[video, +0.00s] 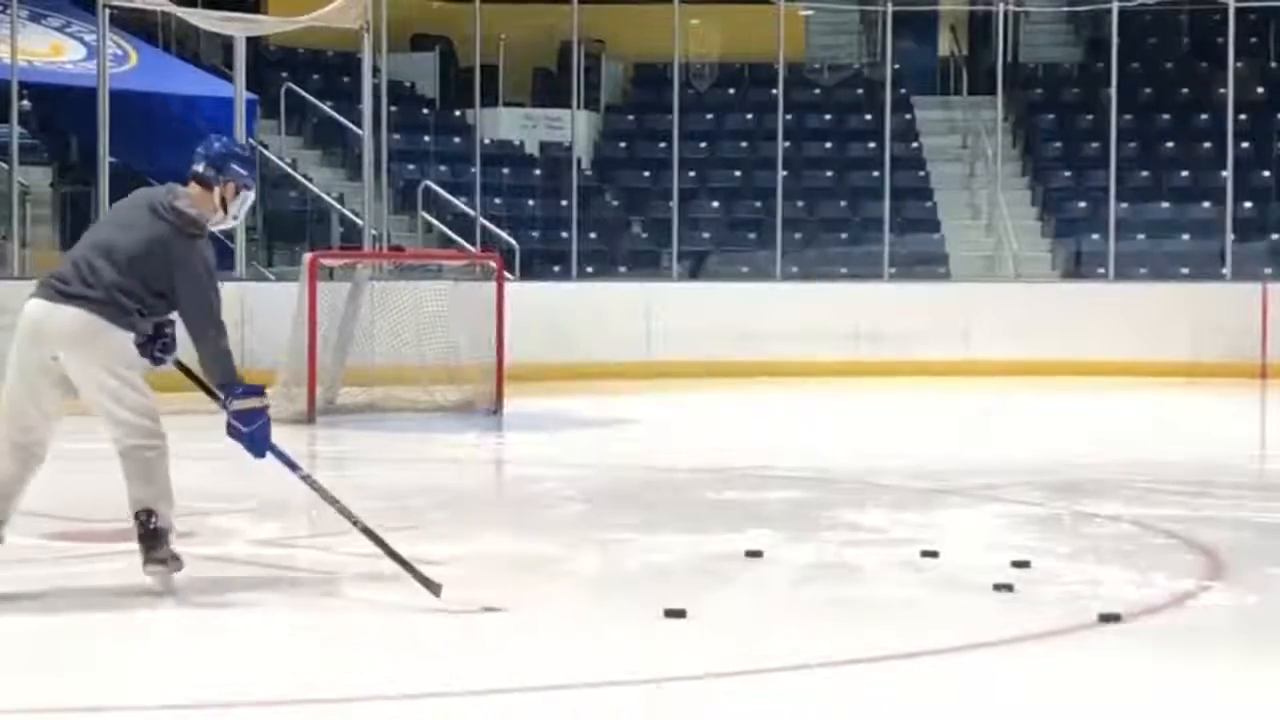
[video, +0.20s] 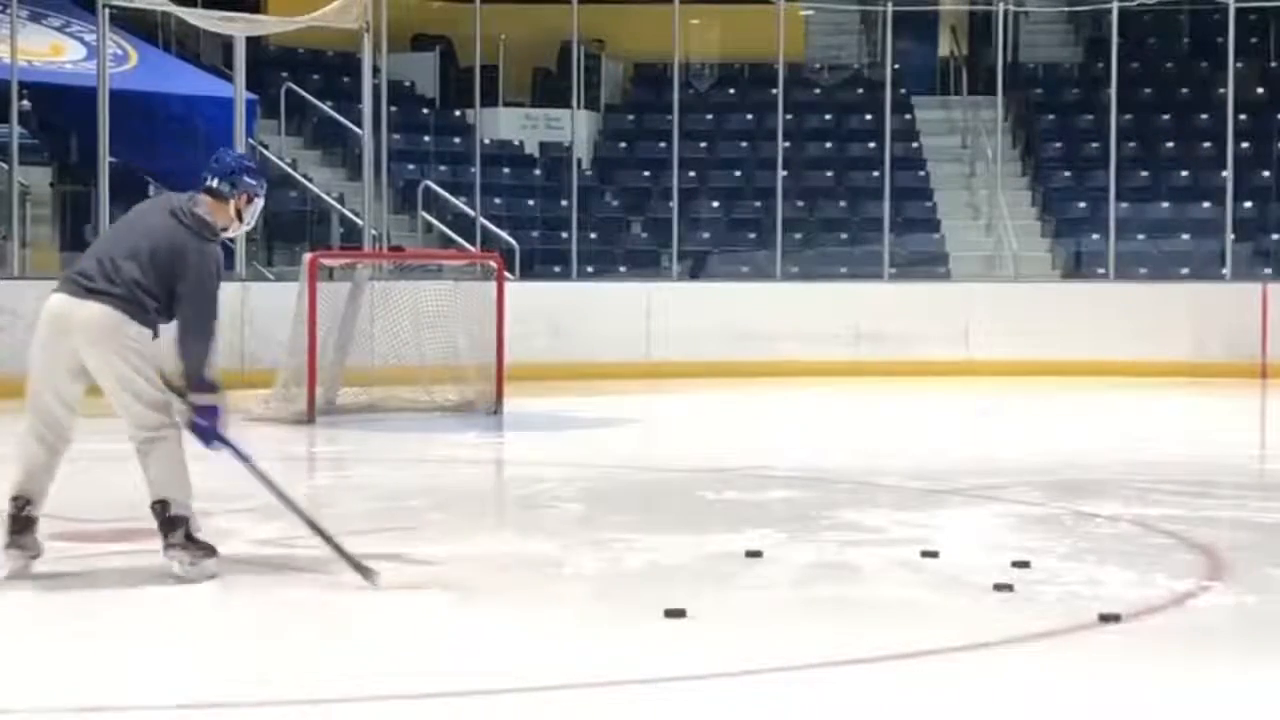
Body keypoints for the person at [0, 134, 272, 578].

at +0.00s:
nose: (239, 208)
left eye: (243, 197)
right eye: (239, 194)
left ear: (195, 177)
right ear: (221, 186)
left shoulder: (142, 199)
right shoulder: (190, 243)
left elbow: (116, 261)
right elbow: (208, 331)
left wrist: (150, 322)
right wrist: (236, 396)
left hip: (39, 312)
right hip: (94, 326)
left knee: (19, 442)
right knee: (138, 433)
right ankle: (154, 538)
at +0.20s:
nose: (250, 216)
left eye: (253, 205)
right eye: (251, 204)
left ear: (209, 186)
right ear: (239, 200)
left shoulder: (162, 204)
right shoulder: (202, 249)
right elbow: (195, 329)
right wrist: (203, 392)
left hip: (60, 306)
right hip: (114, 321)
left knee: (46, 424)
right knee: (155, 428)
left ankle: (20, 520)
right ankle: (177, 535)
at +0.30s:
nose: (248, 214)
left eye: (252, 205)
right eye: (251, 203)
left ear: (210, 183)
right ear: (239, 198)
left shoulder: (154, 196)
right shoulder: (216, 247)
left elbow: (98, 225)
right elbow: (186, 310)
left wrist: (117, 268)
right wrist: (175, 360)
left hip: (82, 310)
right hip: (135, 330)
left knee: (79, 422)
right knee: (138, 430)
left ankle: (65, 511)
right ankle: (146, 508)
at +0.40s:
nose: (252, 224)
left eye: (255, 215)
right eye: (254, 214)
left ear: (213, 196)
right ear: (242, 210)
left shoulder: (168, 206)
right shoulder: (231, 253)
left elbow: (103, 220)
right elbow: (200, 313)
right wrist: (194, 344)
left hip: (97, 323)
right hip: (144, 338)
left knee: (103, 422)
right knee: (136, 432)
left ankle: (96, 501)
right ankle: (115, 498)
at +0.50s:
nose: (263, 228)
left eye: (265, 218)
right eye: (263, 218)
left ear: (225, 201)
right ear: (253, 214)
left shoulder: (181, 218)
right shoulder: (246, 261)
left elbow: (123, 246)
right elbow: (216, 301)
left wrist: (145, 283)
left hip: (118, 332)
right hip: (158, 348)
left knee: (138, 425)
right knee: (156, 439)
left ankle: (129, 505)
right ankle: (94, 498)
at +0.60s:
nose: (280, 215)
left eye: (280, 206)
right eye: (279, 206)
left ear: (240, 196)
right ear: (268, 206)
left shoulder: (195, 218)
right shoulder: (269, 253)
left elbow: (137, 246)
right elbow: (240, 296)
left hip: (147, 330)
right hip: (189, 347)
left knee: (186, 422)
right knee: (166, 450)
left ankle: (151, 500)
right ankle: (97, 500)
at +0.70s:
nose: (299, 199)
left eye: (300, 190)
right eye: (299, 191)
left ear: (259, 183)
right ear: (290, 191)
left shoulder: (216, 210)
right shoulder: (287, 239)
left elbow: (165, 252)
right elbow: (278, 306)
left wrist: (183, 291)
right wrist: (281, 362)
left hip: (180, 323)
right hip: (222, 338)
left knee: (205, 419)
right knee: (206, 428)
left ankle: (180, 496)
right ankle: (141, 488)